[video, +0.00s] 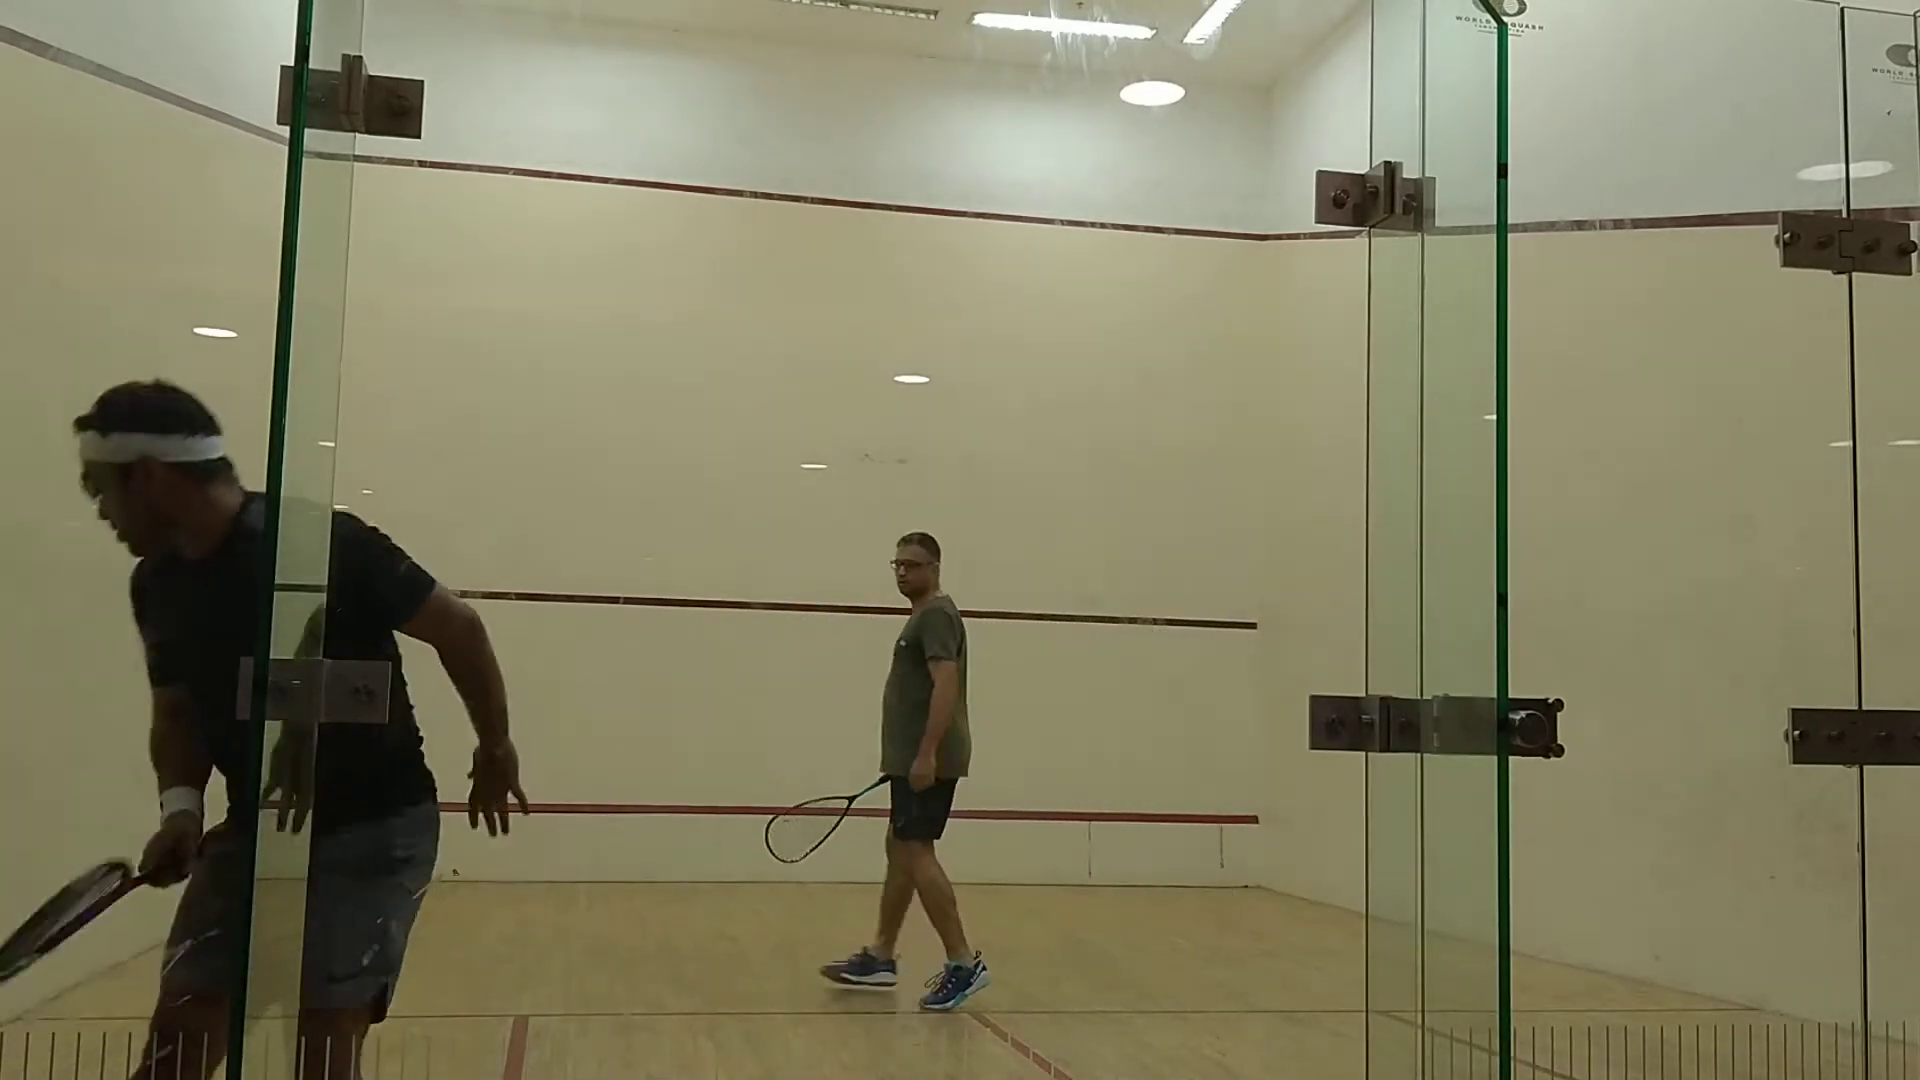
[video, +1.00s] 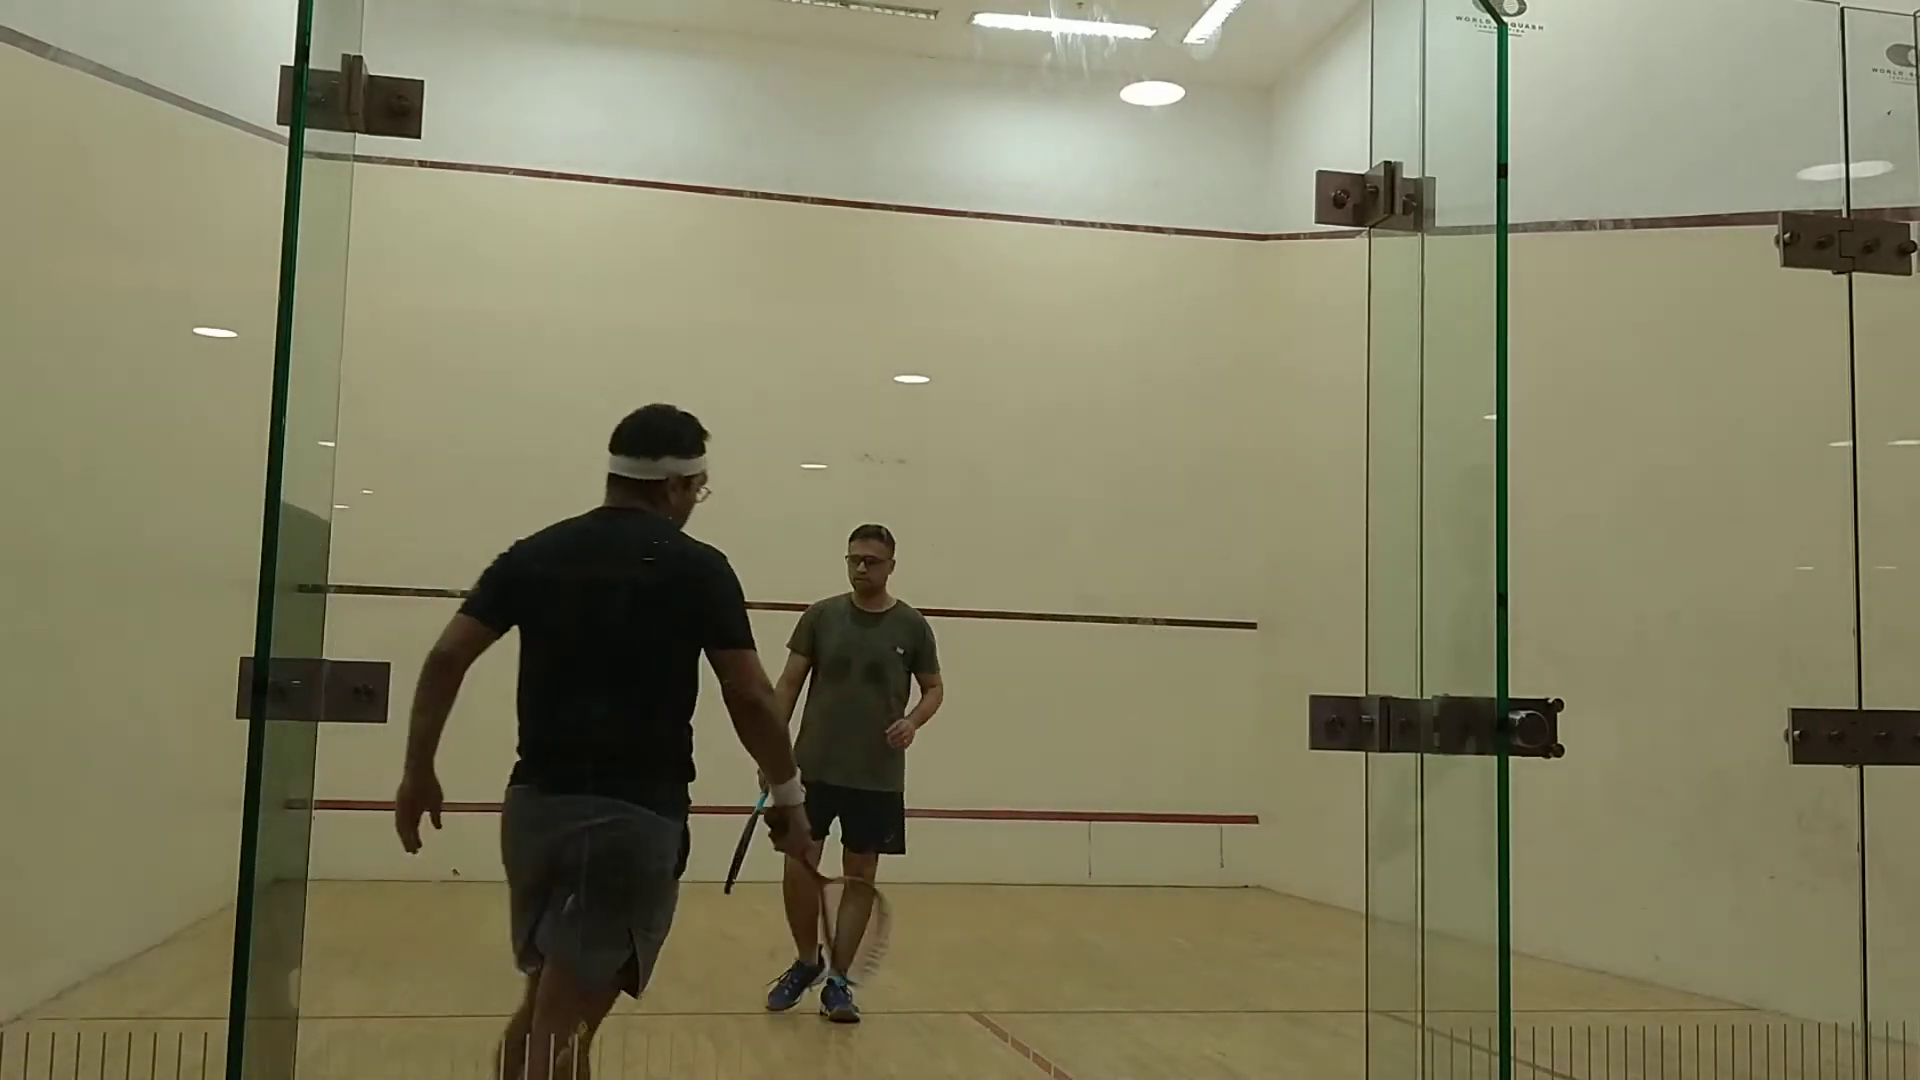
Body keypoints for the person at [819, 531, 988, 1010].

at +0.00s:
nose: (902, 572)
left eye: (912, 565)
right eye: (898, 565)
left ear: (935, 568)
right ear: (898, 570)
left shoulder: (936, 615)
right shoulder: (924, 616)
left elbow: (945, 687)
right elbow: (923, 694)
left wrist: (926, 754)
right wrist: (899, 755)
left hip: (929, 762)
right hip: (913, 760)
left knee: (916, 853)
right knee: (899, 850)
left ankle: (963, 962)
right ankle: (880, 957)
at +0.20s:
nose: (867, 585)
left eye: (877, 578)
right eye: (863, 578)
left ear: (899, 581)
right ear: (861, 582)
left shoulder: (906, 626)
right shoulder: (891, 627)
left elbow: (911, 696)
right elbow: (897, 703)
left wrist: (865, 750)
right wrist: (870, 761)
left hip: (902, 769)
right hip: (886, 768)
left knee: (866, 860)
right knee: (859, 858)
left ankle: (934, 953)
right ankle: (864, 965)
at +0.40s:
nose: (853, 576)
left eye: (862, 570)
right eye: (848, 569)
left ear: (884, 573)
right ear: (844, 573)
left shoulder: (899, 618)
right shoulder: (850, 627)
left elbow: (926, 680)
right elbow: (854, 700)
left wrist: (864, 703)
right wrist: (841, 762)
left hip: (890, 759)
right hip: (862, 759)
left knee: (859, 851)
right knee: (868, 856)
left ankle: (871, 967)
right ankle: (862, 963)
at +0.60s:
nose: (854, 581)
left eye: (864, 574)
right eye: (848, 571)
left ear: (883, 577)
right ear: (840, 572)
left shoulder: (898, 625)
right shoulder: (830, 625)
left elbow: (928, 685)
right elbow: (816, 690)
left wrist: (876, 667)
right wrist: (794, 753)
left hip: (881, 768)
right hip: (838, 765)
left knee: (863, 864)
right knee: (847, 863)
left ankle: (843, 977)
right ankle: (865, 964)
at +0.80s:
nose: (862, 573)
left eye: (872, 566)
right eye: (856, 564)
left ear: (890, 571)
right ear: (847, 565)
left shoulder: (906, 627)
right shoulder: (823, 620)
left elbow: (934, 692)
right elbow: (799, 686)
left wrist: (899, 694)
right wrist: (775, 748)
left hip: (878, 773)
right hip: (823, 765)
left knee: (863, 869)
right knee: (804, 860)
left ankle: (839, 979)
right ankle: (841, 940)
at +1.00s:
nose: (863, 569)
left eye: (873, 561)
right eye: (856, 561)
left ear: (891, 564)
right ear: (847, 562)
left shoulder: (912, 626)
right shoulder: (820, 615)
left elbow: (933, 690)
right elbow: (788, 685)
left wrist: (912, 721)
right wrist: (771, 751)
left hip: (876, 774)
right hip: (816, 766)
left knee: (860, 871)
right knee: (799, 862)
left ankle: (839, 978)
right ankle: (809, 961)